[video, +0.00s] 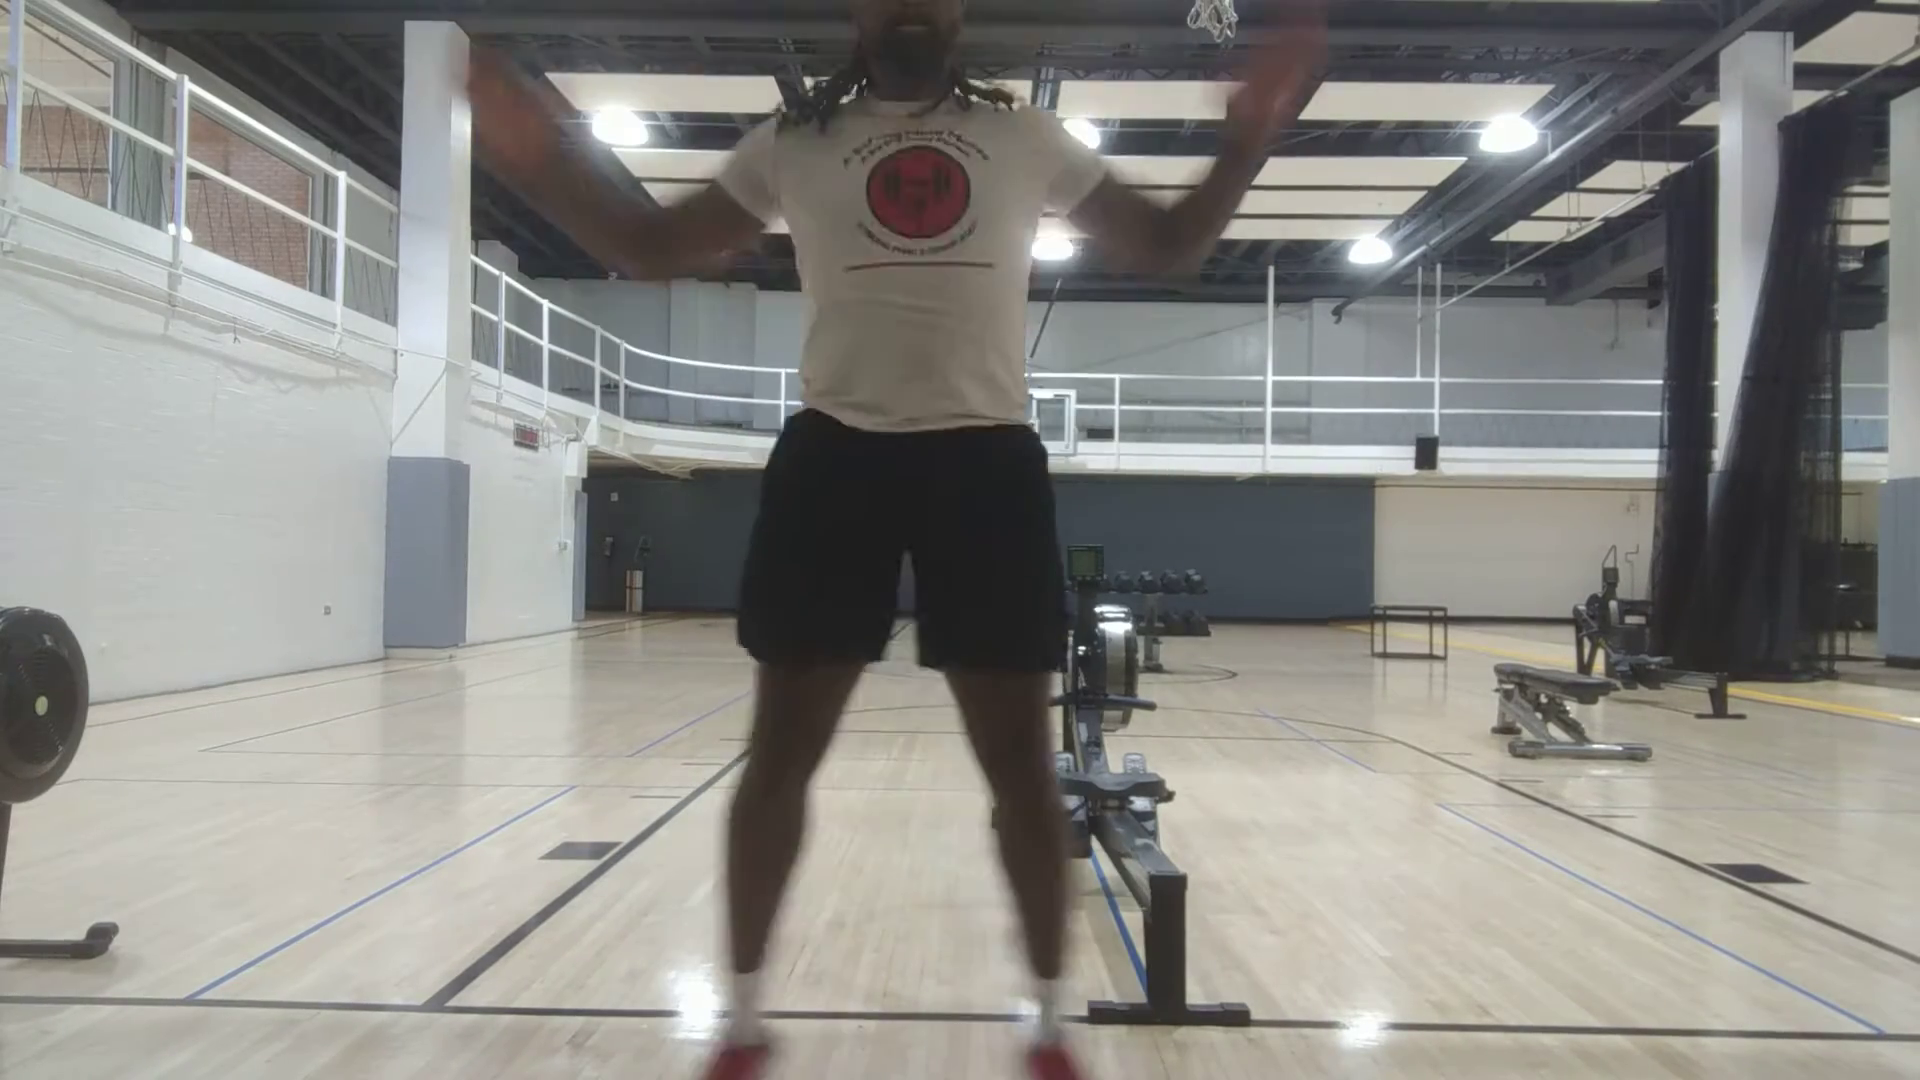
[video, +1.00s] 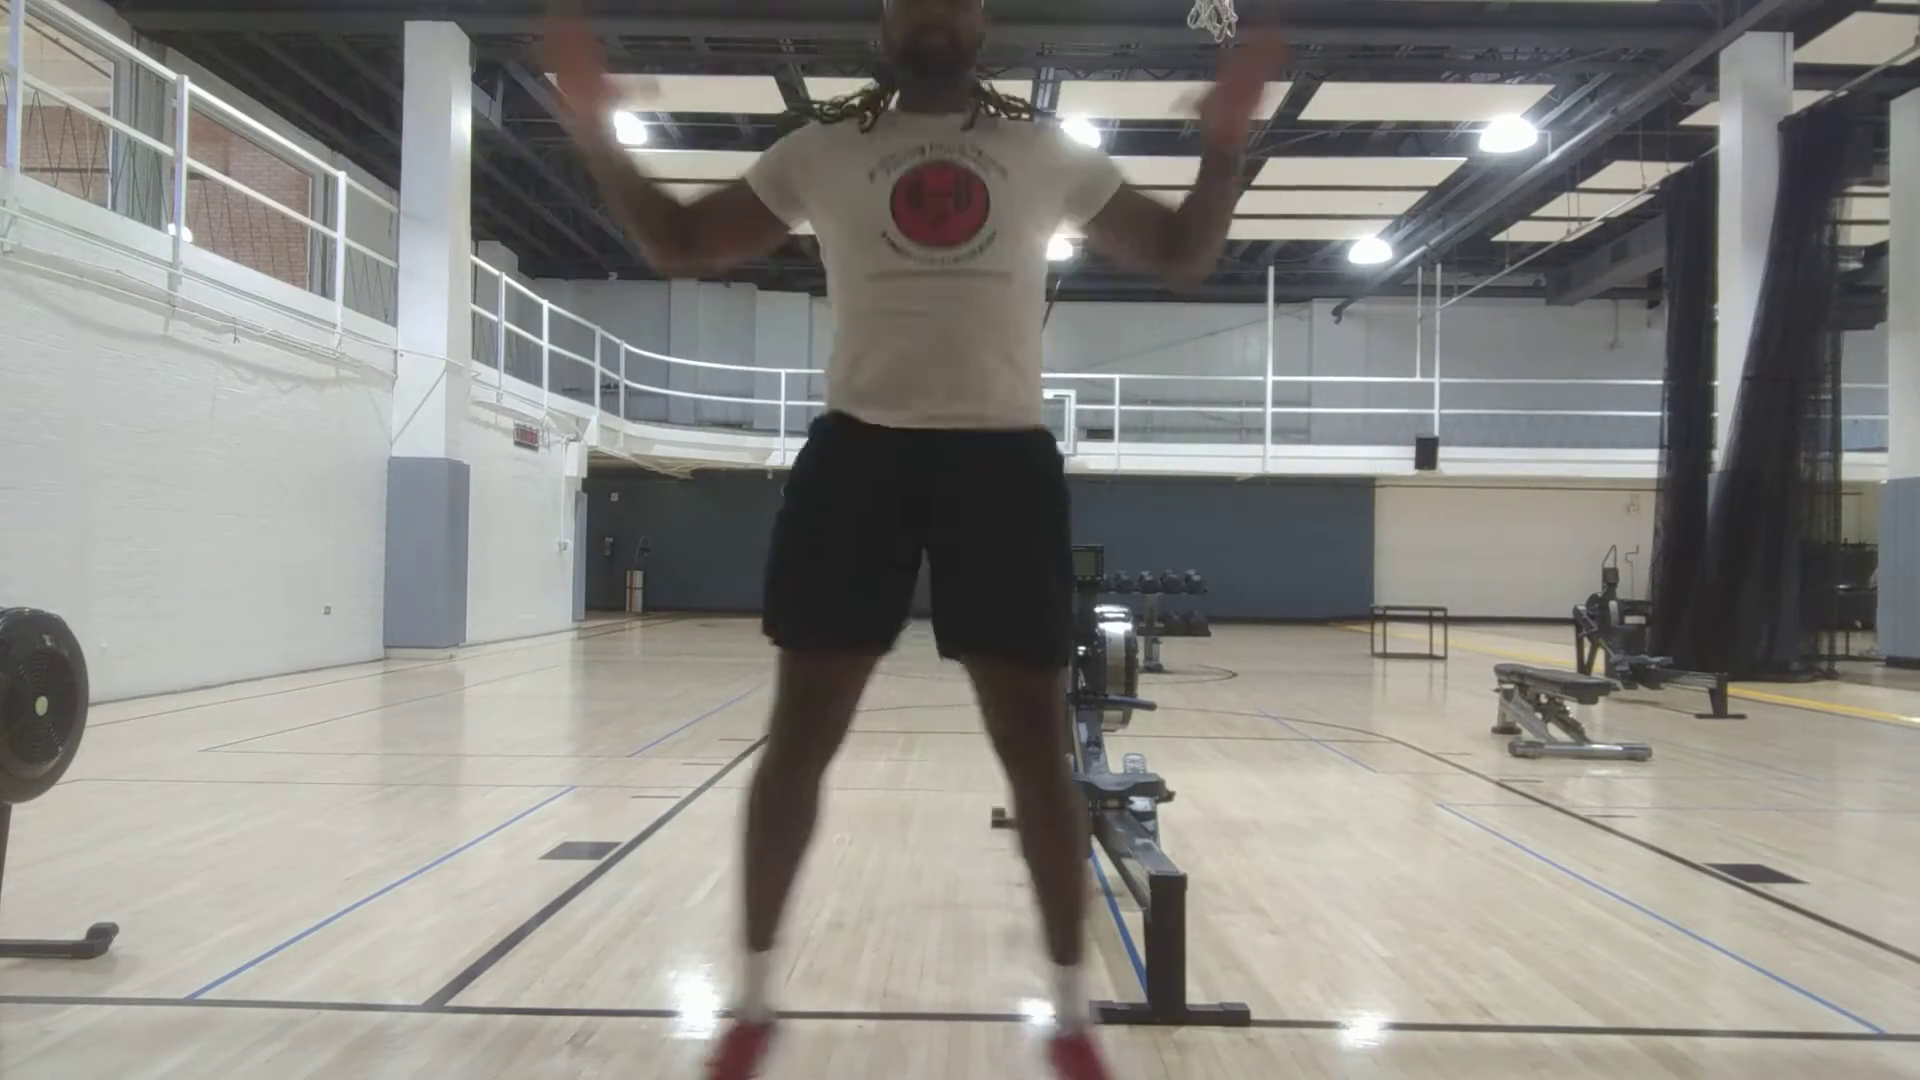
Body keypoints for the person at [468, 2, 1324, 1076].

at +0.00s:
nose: (914, 11)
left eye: (932, 1)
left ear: (962, 21)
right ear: (856, 22)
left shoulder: (1021, 135)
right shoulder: (797, 144)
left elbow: (1168, 242)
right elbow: (649, 241)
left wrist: (1250, 134)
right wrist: (542, 155)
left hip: (987, 470)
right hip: (833, 467)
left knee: (1021, 761)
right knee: (782, 749)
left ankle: (1050, 1027)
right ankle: (739, 1025)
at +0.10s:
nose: (915, 29)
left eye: (935, 13)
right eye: (894, 12)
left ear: (965, 30)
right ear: (862, 30)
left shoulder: (1029, 160)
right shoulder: (799, 162)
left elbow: (1203, 167)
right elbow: (629, 183)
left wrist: (1213, 37)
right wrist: (586, 50)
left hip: (991, 502)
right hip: (833, 497)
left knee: (1061, 790)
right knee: (745, 781)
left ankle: (1132, 1044)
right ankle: (665, 1037)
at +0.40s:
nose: (922, 39)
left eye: (940, 22)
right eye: (901, 20)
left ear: (965, 42)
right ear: (864, 37)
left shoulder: (1027, 174)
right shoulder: (803, 172)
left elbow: (1183, 228)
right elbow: (646, 209)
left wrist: (1246, 98)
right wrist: (596, 70)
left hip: (998, 511)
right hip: (844, 509)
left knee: (1055, 779)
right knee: (769, 773)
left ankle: (1091, 1029)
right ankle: (724, 1022)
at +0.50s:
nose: (920, 14)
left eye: (942, 0)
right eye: (900, 1)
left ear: (975, 22)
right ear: (870, 19)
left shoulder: (1039, 158)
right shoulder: (805, 157)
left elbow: (1134, 287)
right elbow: (691, 269)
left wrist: (1210, 230)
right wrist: (623, 192)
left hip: (995, 480)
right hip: (845, 478)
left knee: (1010, 766)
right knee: (818, 758)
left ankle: (1000, 1021)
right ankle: (827, 1022)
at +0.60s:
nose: (924, 51)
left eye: (943, 33)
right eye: (906, 33)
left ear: (974, 53)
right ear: (878, 57)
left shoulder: (1038, 205)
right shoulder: (820, 202)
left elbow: (1074, 357)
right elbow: (756, 353)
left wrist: (1100, 352)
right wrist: (738, 329)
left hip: (993, 516)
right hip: (853, 510)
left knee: (983, 807)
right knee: (840, 799)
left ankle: (961, 1052)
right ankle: (858, 1050)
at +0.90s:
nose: (932, 30)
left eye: (952, 15)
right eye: (913, 14)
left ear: (982, 36)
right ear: (882, 32)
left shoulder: (1042, 179)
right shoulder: (820, 175)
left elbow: (1124, 321)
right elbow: (725, 317)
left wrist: (1167, 284)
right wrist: (666, 276)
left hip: (998, 494)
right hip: (856, 491)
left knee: (1002, 766)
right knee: (834, 755)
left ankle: (999, 1019)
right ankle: (830, 1016)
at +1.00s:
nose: (934, 21)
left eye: (954, 6)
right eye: (913, 5)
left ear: (985, 24)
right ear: (880, 25)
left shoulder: (1041, 153)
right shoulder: (826, 152)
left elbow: (1182, 254)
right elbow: (677, 239)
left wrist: (1226, 147)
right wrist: (589, 116)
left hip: (1003, 471)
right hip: (857, 464)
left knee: (1037, 743)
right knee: (803, 732)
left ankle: (1073, 1013)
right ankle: (749, 1006)